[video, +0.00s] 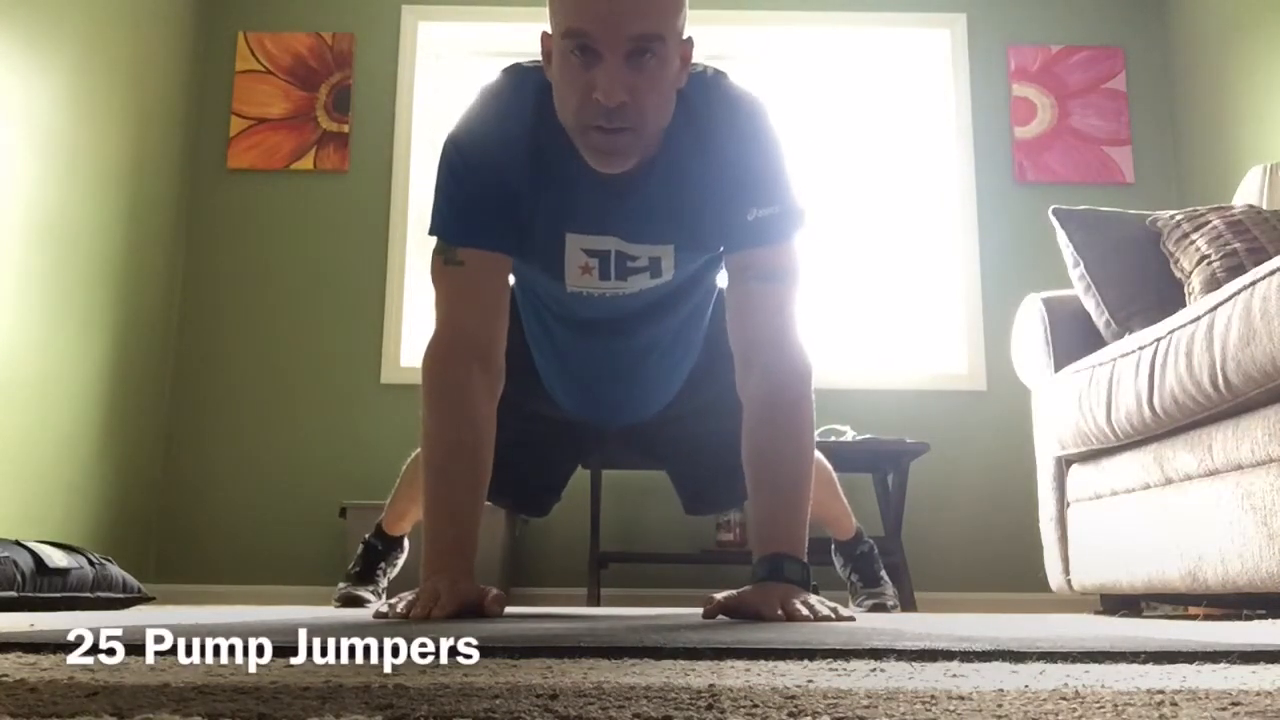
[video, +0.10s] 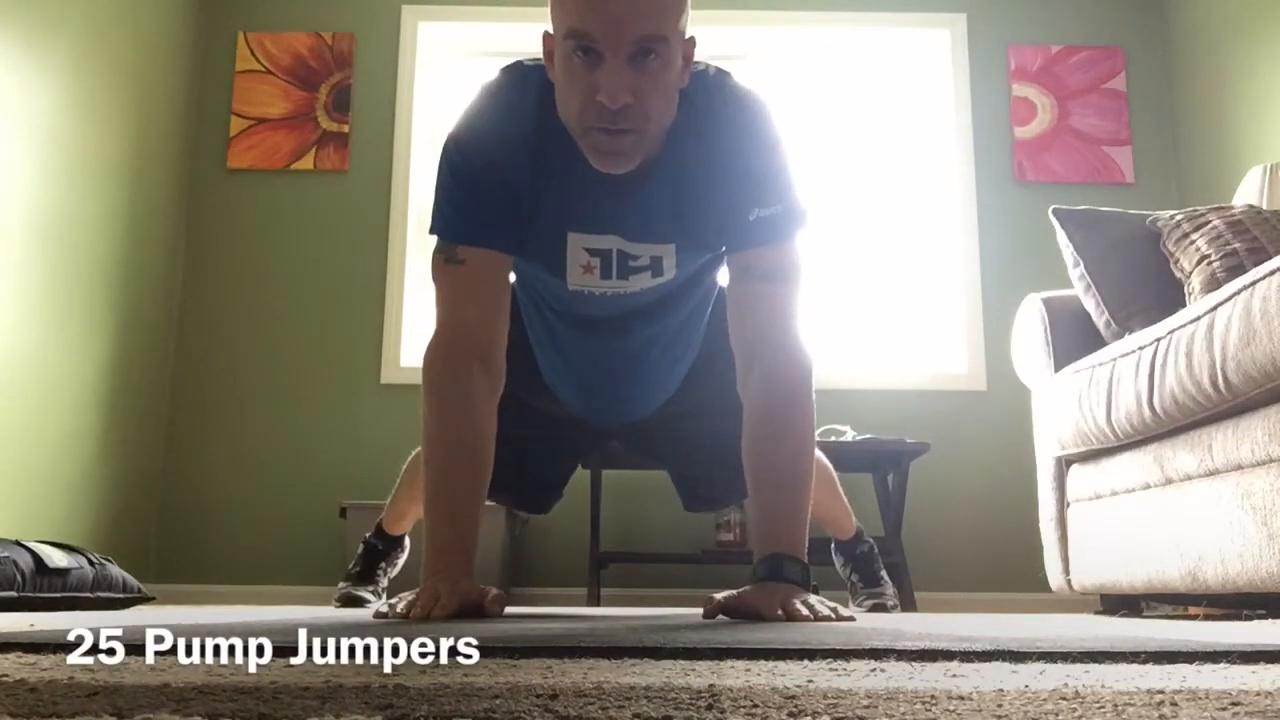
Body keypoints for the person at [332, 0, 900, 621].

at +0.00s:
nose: (609, 90)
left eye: (642, 55)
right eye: (583, 53)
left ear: (684, 60)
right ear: (547, 53)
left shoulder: (733, 129)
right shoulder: (495, 132)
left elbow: (773, 361)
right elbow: (462, 358)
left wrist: (782, 575)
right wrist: (447, 579)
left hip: (689, 358)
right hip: (537, 356)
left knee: (787, 463)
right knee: (448, 456)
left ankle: (858, 554)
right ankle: (381, 546)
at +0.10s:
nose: (613, 91)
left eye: (646, 57)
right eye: (585, 55)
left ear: (686, 60)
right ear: (549, 53)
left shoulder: (734, 128)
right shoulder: (495, 131)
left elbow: (774, 358)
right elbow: (462, 357)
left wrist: (782, 575)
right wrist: (446, 579)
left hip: (688, 347)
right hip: (538, 346)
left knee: (784, 459)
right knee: (452, 453)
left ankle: (857, 553)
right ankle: (381, 548)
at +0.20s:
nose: (615, 91)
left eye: (647, 55)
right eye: (586, 53)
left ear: (688, 56)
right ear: (550, 51)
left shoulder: (736, 125)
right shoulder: (497, 125)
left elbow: (775, 356)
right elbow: (463, 356)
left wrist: (782, 576)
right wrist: (445, 578)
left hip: (687, 345)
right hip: (537, 344)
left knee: (785, 458)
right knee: (450, 453)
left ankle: (857, 554)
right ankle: (380, 550)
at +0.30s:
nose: (617, 89)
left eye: (650, 53)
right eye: (588, 50)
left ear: (691, 54)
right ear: (552, 45)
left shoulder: (737, 120)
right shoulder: (499, 118)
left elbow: (777, 359)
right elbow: (463, 355)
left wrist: (782, 576)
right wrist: (445, 580)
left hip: (687, 344)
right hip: (537, 343)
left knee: (785, 457)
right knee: (450, 456)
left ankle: (856, 550)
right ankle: (381, 544)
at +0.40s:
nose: (618, 87)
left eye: (651, 51)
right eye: (590, 47)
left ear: (692, 49)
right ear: (552, 39)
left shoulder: (741, 116)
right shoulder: (501, 111)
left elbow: (778, 358)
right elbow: (463, 349)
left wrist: (782, 575)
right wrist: (445, 581)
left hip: (688, 338)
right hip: (540, 336)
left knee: (788, 458)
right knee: (450, 454)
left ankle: (855, 548)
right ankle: (383, 542)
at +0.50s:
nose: (618, 101)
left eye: (651, 65)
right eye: (591, 63)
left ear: (694, 42)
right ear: (554, 36)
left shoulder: (743, 110)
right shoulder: (499, 110)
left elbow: (780, 359)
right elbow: (462, 351)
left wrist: (782, 575)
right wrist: (444, 581)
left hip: (690, 336)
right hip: (541, 335)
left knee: (789, 455)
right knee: (450, 450)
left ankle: (856, 550)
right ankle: (384, 543)